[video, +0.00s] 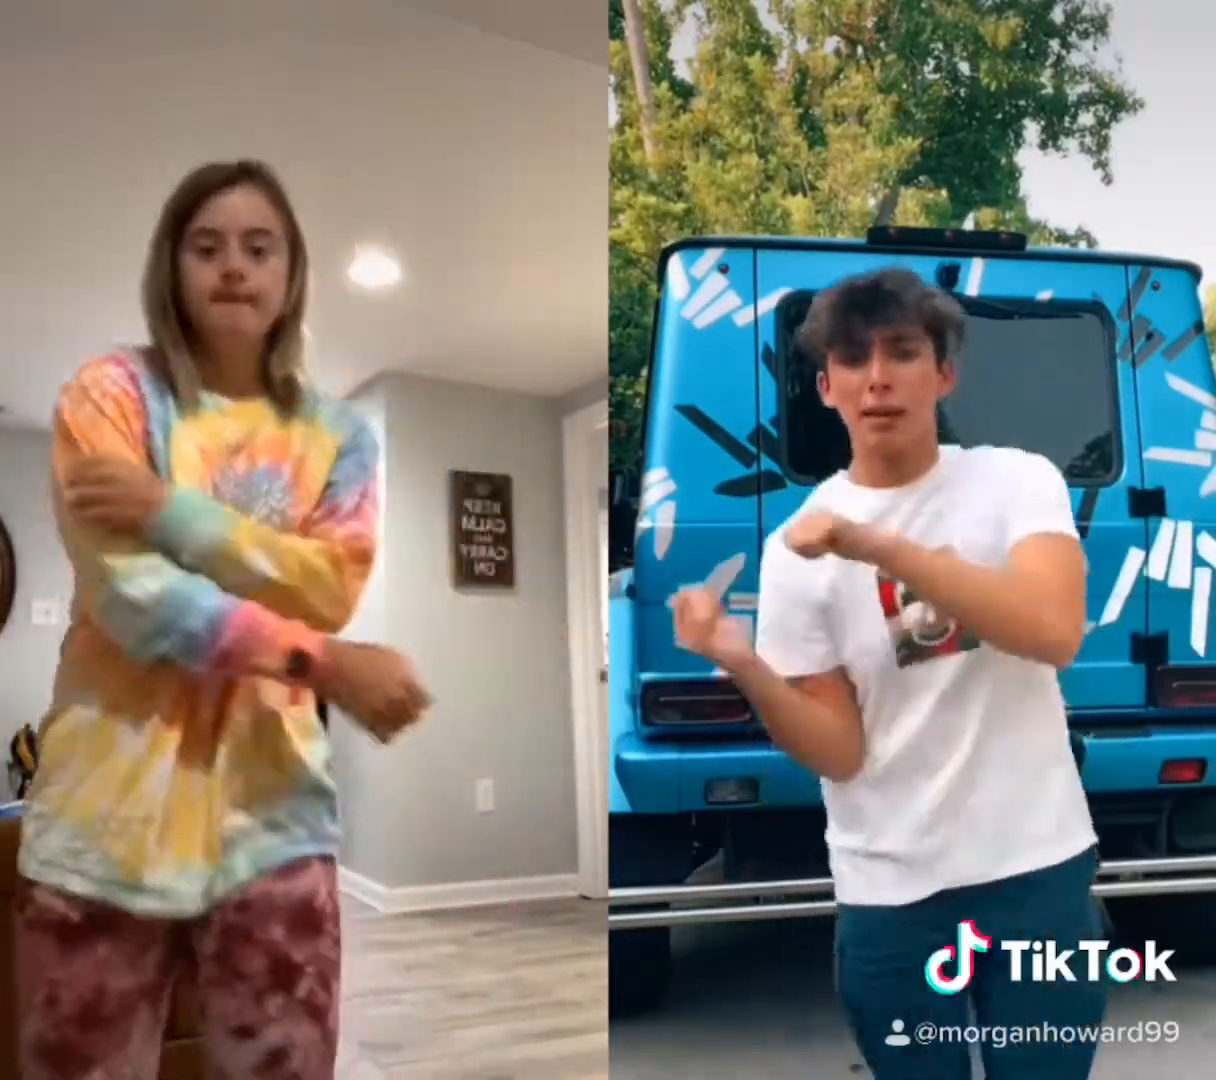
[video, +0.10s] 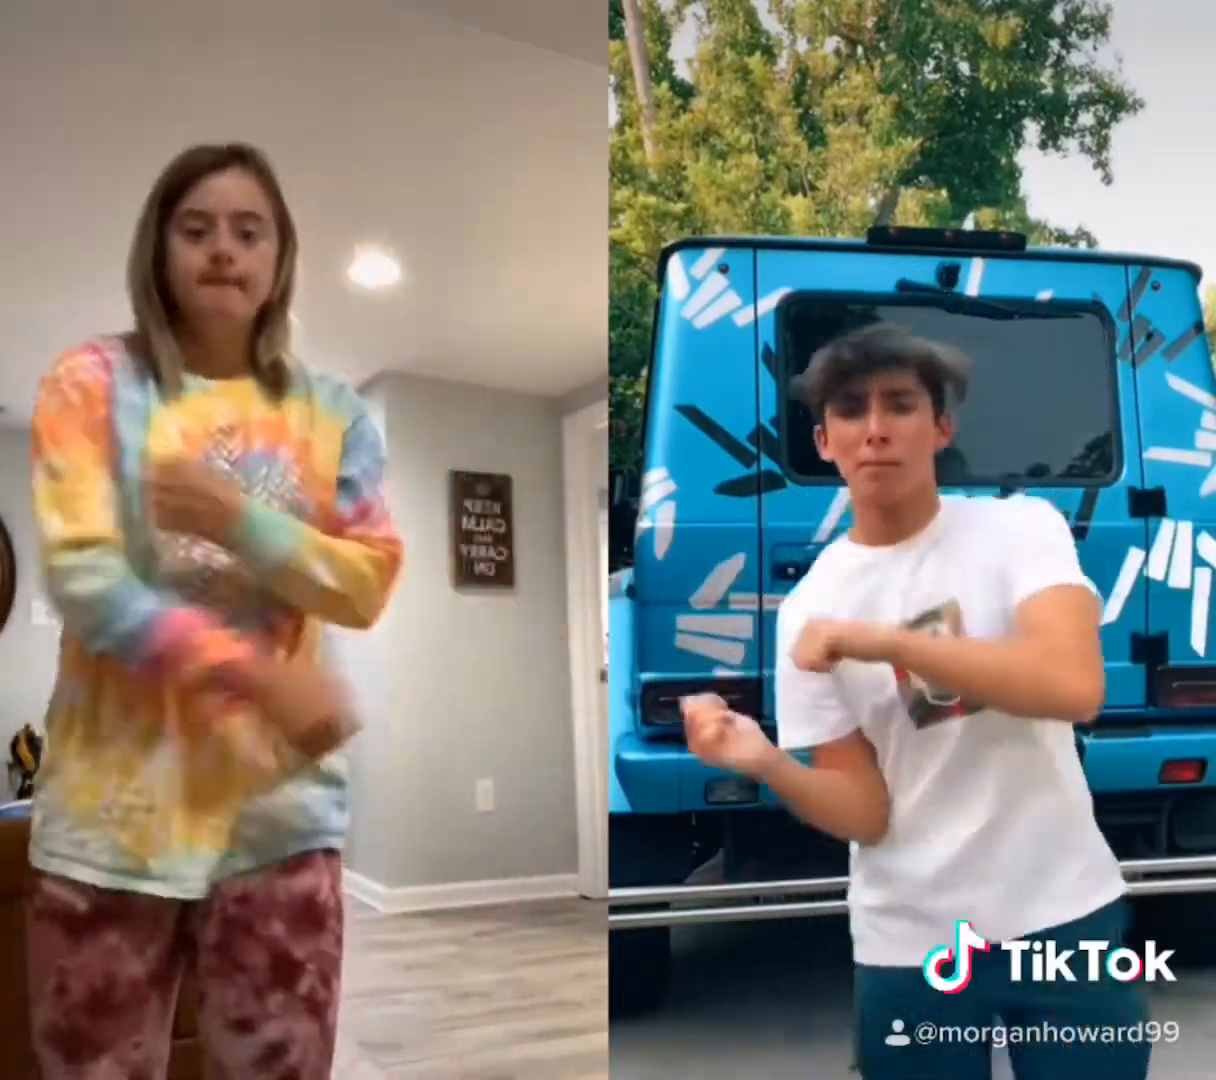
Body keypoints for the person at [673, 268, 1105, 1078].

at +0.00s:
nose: (878, 379)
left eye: (901, 354)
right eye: (854, 359)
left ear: (944, 375)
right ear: (825, 386)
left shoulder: (1015, 481)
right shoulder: (804, 538)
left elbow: (1054, 629)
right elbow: (839, 752)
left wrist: (889, 550)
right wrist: (740, 660)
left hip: (1035, 870)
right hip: (885, 890)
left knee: (1043, 1064)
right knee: (917, 1064)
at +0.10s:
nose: (875, 431)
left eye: (898, 405)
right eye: (853, 411)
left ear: (941, 428)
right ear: (826, 439)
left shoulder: (1022, 529)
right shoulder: (813, 607)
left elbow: (1073, 683)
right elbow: (864, 812)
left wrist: (889, 641)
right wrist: (761, 757)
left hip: (1062, 920)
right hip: (907, 938)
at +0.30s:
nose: (943, 445)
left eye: (966, 425)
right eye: (920, 428)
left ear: (1004, 456)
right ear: (885, 464)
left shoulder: (1085, 561)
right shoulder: (860, 629)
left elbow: (1141, 746)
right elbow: (880, 835)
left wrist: (976, 657)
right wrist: (805, 703)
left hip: (1120, 932)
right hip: (957, 948)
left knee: (1186, 1061)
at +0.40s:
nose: (1024, 384)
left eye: (1048, 366)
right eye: (999, 366)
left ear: (1082, 397)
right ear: (961, 398)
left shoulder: (1145, 514)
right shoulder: (925, 540)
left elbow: (1206, 691)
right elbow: (896, 739)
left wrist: (1094, 552)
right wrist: (903, 553)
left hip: (1157, 893)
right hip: (992, 909)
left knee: (1202, 1057)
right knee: (967, 1066)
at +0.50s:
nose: (1117, 354)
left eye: (1142, 335)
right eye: (1092, 334)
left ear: (1173, 365)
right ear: (1053, 366)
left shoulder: (1203, 490)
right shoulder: (991, 497)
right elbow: (957, 648)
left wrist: (1215, 482)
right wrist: (1047, 480)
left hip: (1194, 872)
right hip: (1034, 881)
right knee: (992, 1066)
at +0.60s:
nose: (1209, 376)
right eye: (1187, 357)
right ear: (1148, 383)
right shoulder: (1083, 500)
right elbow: (1050, 650)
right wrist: (1179, 530)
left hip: (1213, 881)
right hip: (1089, 883)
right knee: (1035, 1067)